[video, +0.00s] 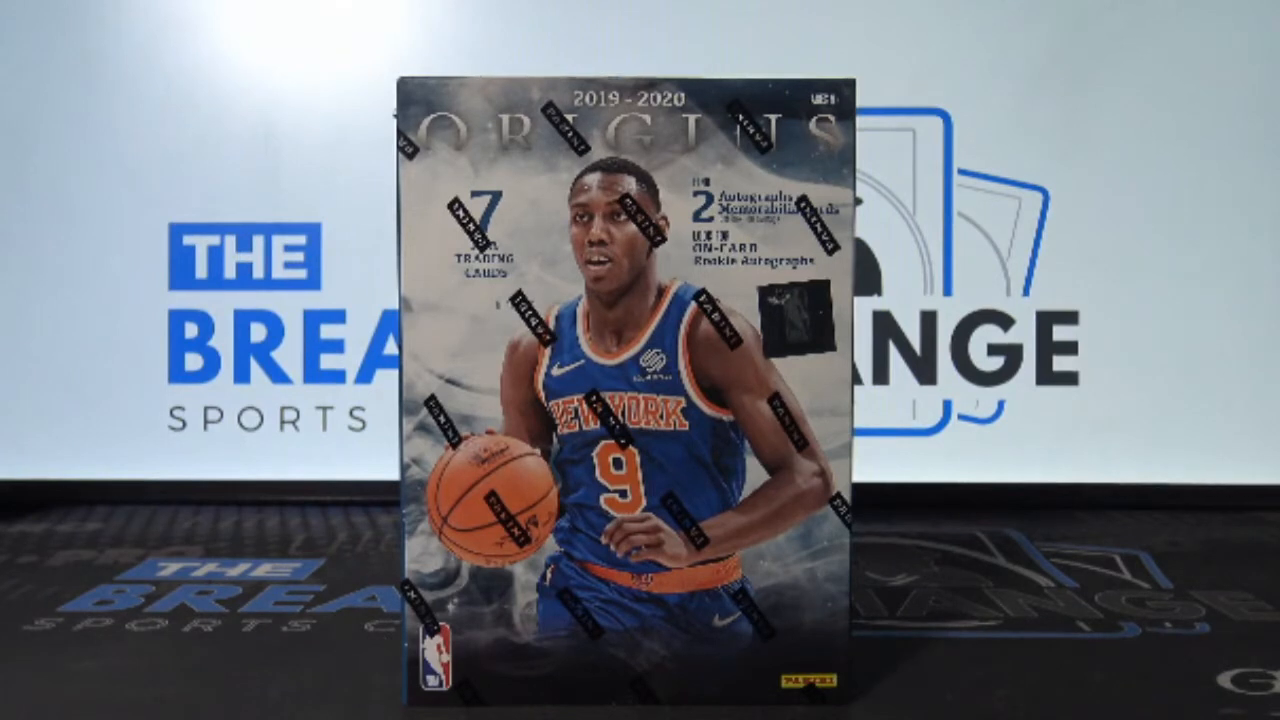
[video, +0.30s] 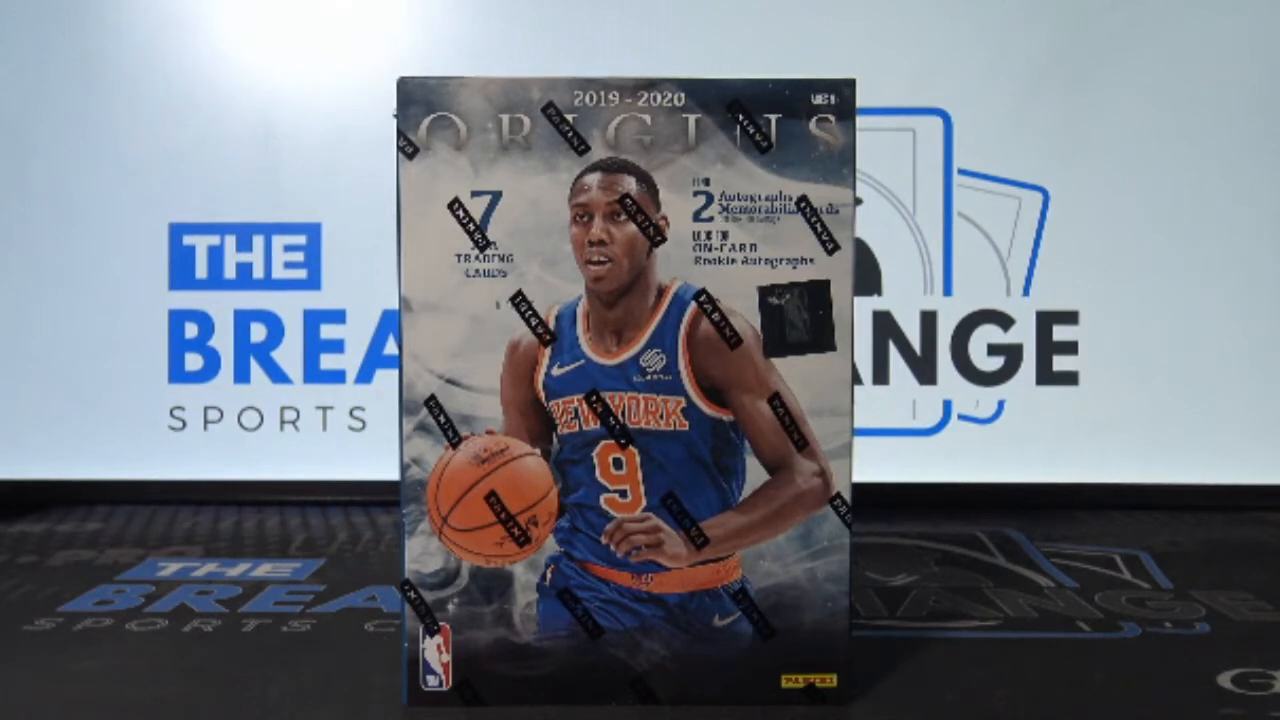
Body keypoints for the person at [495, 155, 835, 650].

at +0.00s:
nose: (595, 234)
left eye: (617, 216)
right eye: (582, 218)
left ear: (657, 230)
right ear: (570, 231)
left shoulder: (712, 334)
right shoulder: (534, 352)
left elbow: (809, 476)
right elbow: (525, 486)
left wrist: (694, 544)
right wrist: (479, 469)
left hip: (697, 613)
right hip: (583, 606)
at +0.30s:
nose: (595, 234)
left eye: (617, 216)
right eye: (582, 218)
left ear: (657, 230)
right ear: (570, 231)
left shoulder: (712, 334)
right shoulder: (534, 352)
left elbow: (809, 476)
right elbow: (525, 486)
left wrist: (694, 544)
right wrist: (478, 468)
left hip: (697, 611)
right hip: (583, 604)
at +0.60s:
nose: (595, 234)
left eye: (617, 216)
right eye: (582, 218)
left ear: (657, 230)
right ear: (570, 231)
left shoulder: (712, 334)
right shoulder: (534, 352)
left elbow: (809, 476)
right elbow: (525, 486)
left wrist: (694, 543)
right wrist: (478, 469)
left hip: (697, 611)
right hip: (583, 604)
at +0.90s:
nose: (595, 234)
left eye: (617, 216)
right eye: (581, 218)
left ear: (657, 229)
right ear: (569, 231)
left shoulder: (712, 334)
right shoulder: (534, 352)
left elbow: (809, 475)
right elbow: (526, 488)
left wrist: (694, 543)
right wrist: (479, 468)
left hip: (697, 612)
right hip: (582, 604)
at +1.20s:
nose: (595, 235)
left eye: (617, 216)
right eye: (582, 218)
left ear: (657, 229)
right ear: (570, 231)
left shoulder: (712, 334)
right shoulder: (534, 352)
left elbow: (809, 476)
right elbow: (525, 488)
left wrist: (695, 543)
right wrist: (475, 473)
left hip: (697, 612)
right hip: (582, 605)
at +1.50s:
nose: (595, 235)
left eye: (617, 216)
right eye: (582, 218)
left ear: (657, 229)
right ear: (570, 231)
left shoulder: (712, 334)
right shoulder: (534, 352)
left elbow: (810, 475)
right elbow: (526, 488)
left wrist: (695, 543)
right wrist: (476, 472)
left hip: (697, 613)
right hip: (582, 606)